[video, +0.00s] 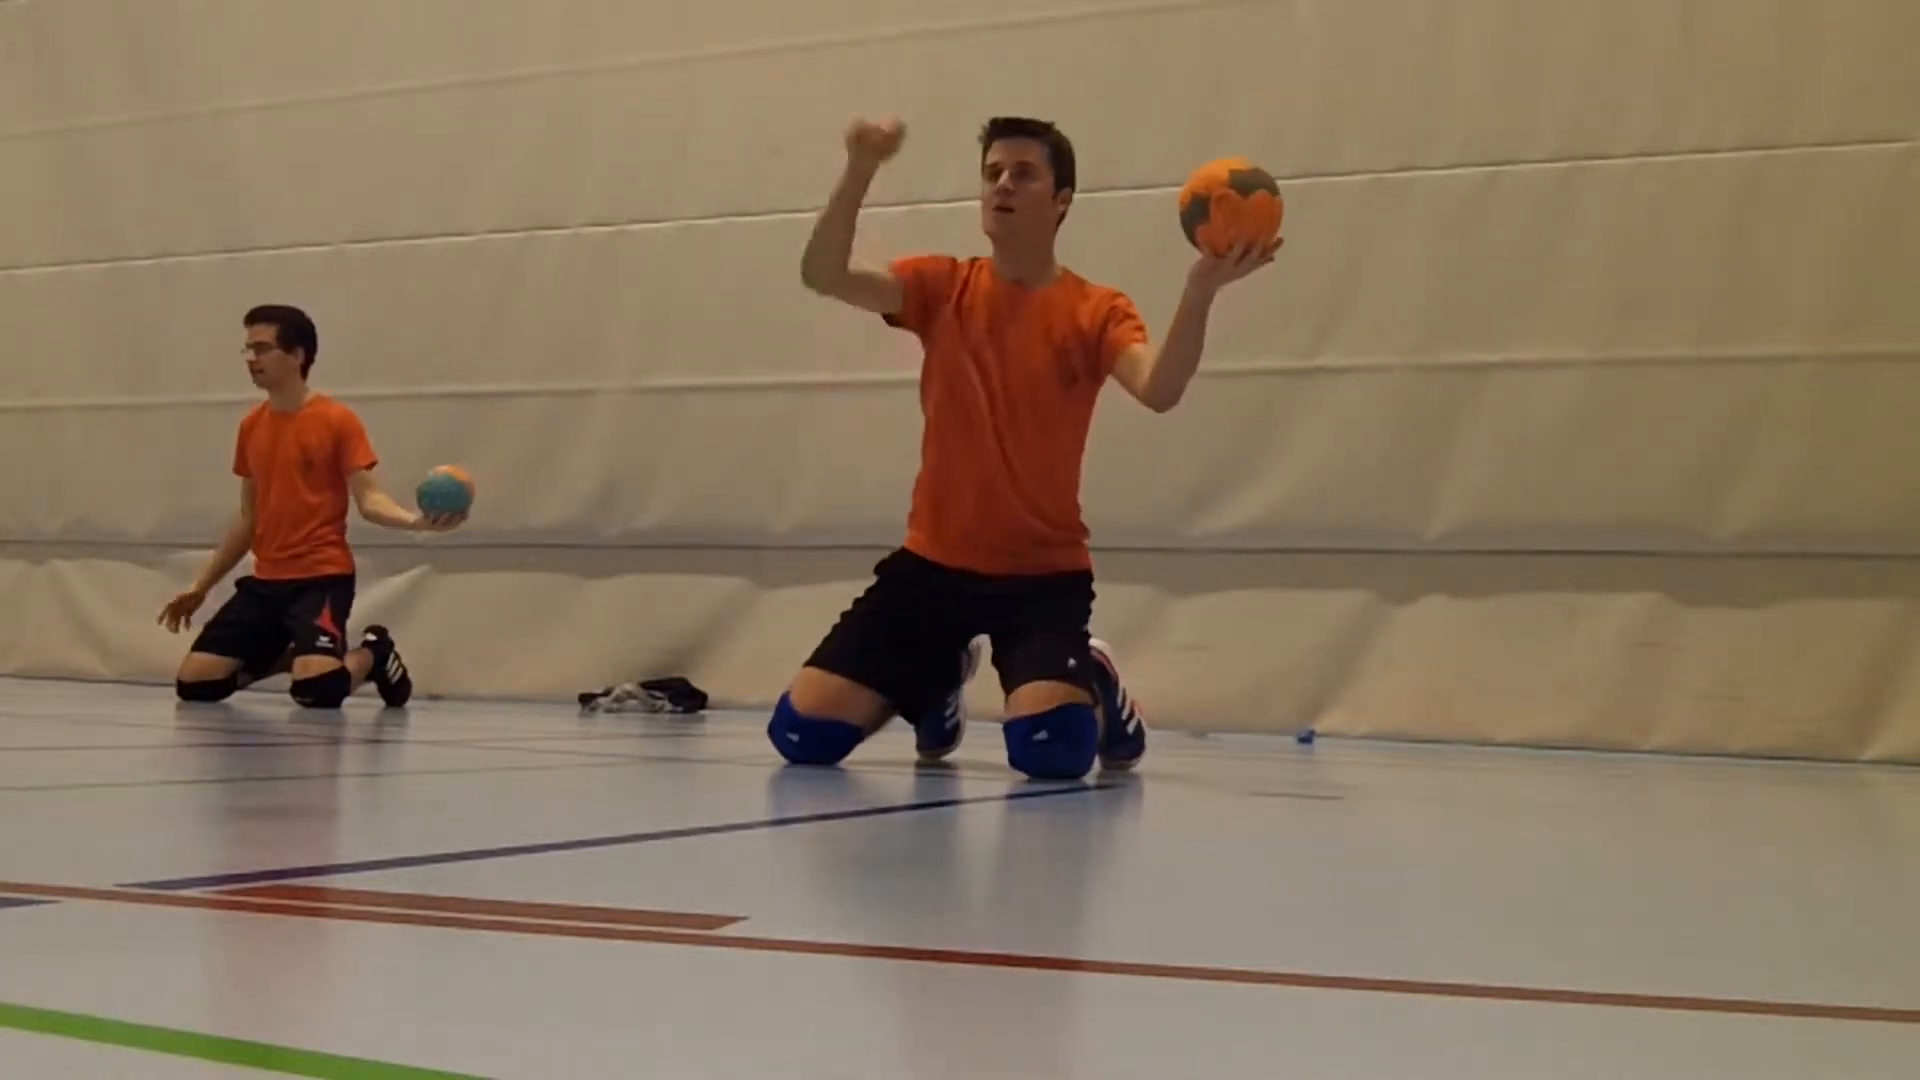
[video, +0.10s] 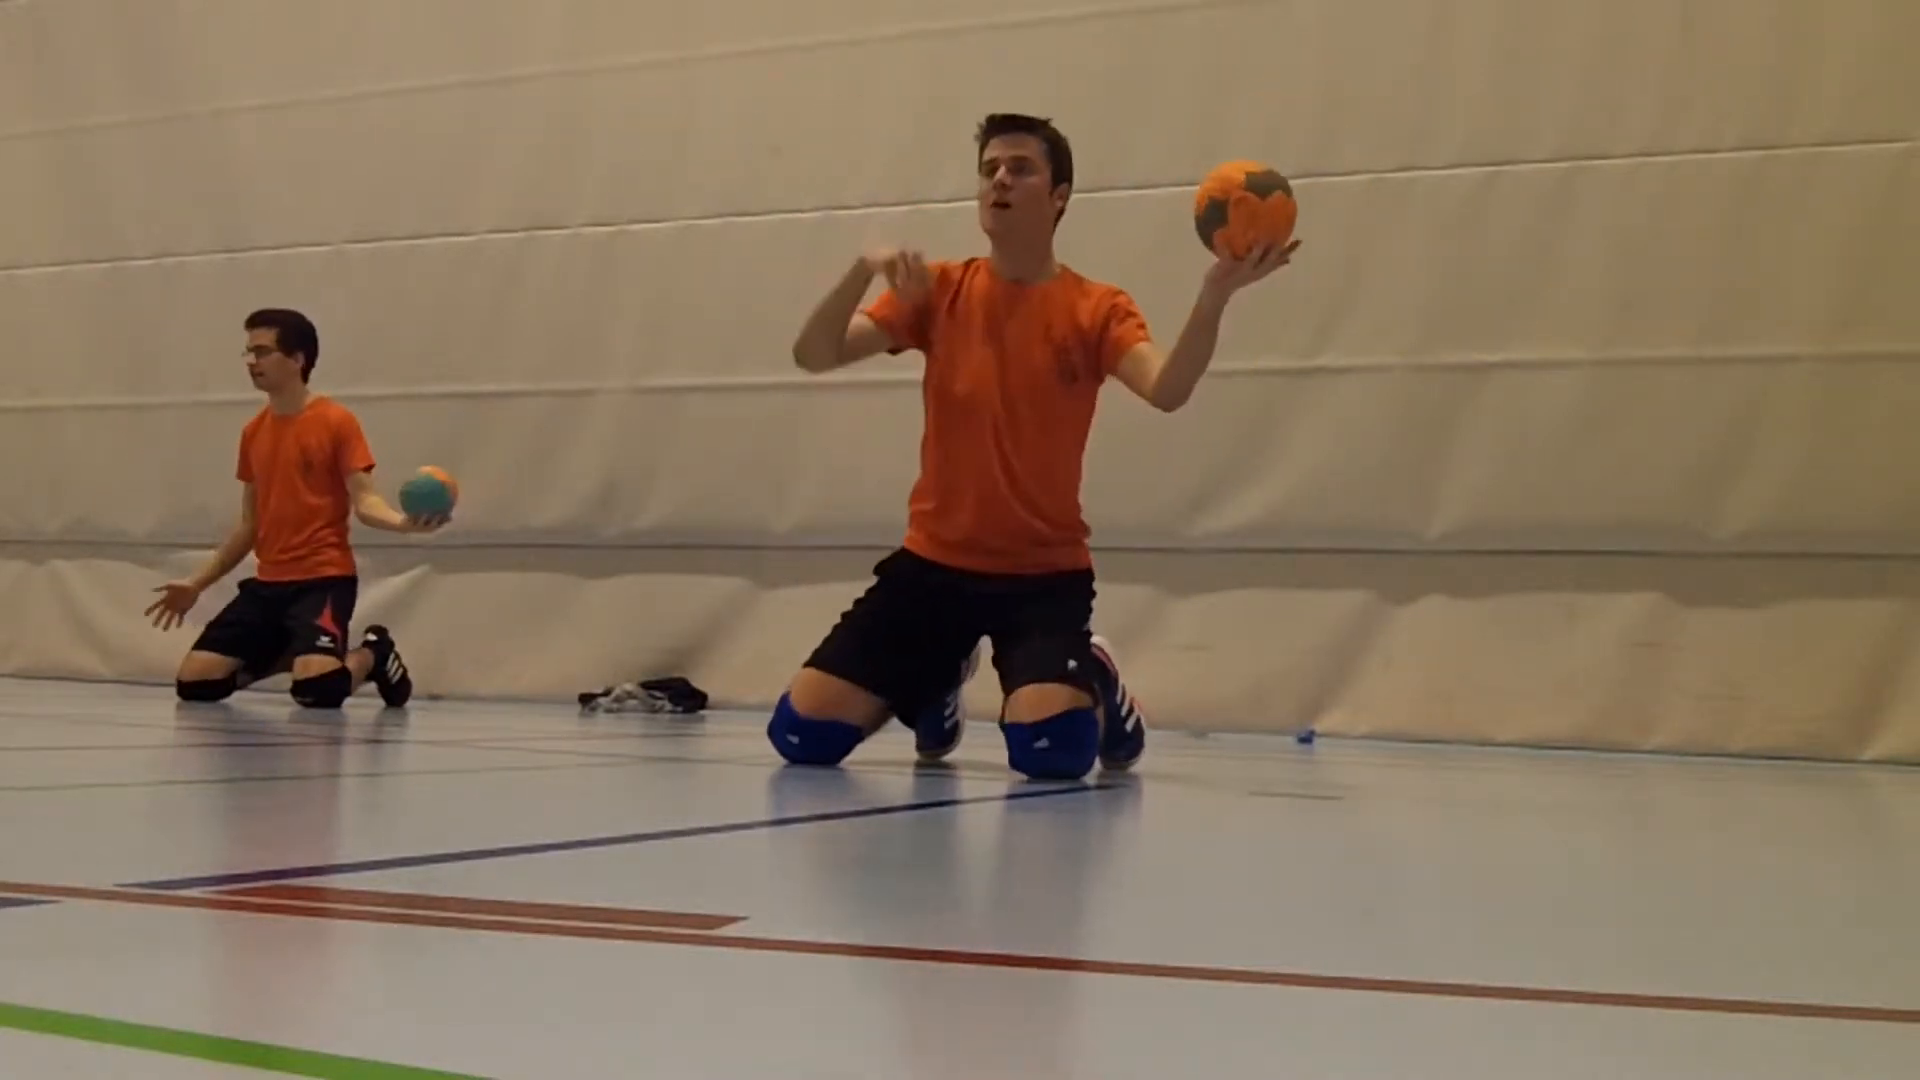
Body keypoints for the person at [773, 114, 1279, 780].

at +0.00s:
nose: (1004, 185)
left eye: (1024, 174)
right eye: (994, 173)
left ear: (1062, 202)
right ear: (979, 194)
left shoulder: (1093, 311)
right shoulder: (942, 287)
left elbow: (1160, 389)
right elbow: (824, 272)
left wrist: (1203, 287)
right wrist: (857, 171)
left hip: (1043, 575)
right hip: (932, 566)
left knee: (1046, 753)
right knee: (800, 737)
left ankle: (1096, 681)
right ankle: (935, 672)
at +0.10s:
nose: (1000, 181)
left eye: (1021, 168)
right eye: (990, 170)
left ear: (1059, 198)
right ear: (975, 194)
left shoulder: (1093, 309)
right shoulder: (937, 290)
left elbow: (1167, 388)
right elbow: (815, 353)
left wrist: (1217, 290)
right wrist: (861, 271)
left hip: (1045, 573)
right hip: (933, 565)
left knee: (1047, 755)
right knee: (800, 739)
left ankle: (1095, 680)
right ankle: (931, 674)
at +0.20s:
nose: (990, 190)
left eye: (1012, 177)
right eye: (981, 179)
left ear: (1053, 205)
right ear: (970, 202)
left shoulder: (1094, 316)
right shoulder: (937, 308)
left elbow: (1174, 401)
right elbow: (832, 418)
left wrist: (1226, 310)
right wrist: (836, 357)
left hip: (1050, 582)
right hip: (938, 575)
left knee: (1051, 755)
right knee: (800, 739)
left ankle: (1100, 679)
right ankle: (939, 677)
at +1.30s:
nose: (978, 230)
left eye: (998, 215)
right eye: (970, 218)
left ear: (1045, 235)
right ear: (962, 238)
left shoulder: (1098, 344)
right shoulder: (939, 337)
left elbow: (1165, 449)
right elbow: (904, 472)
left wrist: (1210, 394)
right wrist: (823, 459)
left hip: (1062, 597)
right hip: (954, 593)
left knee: (1048, 753)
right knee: (811, 736)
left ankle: (1116, 683)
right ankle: (934, 688)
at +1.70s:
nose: (955, 250)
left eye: (973, 234)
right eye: (945, 239)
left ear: (1016, 251)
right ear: (937, 256)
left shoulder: (1055, 355)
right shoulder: (942, 349)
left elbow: (1075, 472)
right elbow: (940, 462)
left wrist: (1101, 379)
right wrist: (880, 417)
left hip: (1019, 607)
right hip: (919, 605)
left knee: (1042, 751)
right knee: (783, 733)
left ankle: (1092, 685)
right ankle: (923, 684)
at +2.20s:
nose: (980, 249)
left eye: (999, 234)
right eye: (971, 235)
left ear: (1042, 252)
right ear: (962, 247)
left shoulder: (1077, 346)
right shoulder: (951, 360)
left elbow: (1112, 431)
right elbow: (859, 456)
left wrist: (1124, 326)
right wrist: (848, 340)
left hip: (1050, 610)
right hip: (945, 607)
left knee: (1054, 749)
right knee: (814, 734)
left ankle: (1106, 689)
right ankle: (932, 691)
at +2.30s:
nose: (996, 238)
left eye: (1018, 227)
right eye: (987, 224)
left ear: (1056, 250)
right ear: (975, 241)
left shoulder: (1091, 352)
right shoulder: (940, 351)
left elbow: (1129, 436)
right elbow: (819, 401)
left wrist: (1149, 329)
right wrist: (838, 274)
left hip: (1056, 609)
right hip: (948, 604)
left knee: (1046, 749)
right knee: (809, 736)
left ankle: (1110, 688)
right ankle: (928, 692)